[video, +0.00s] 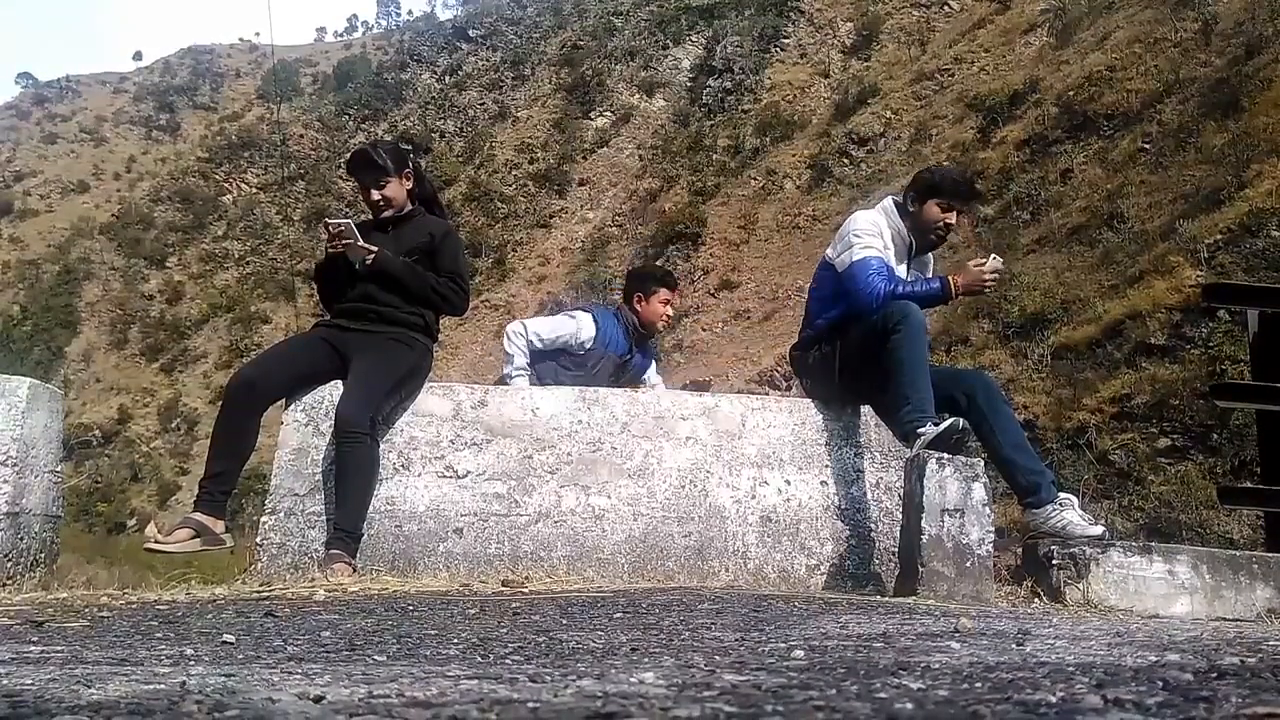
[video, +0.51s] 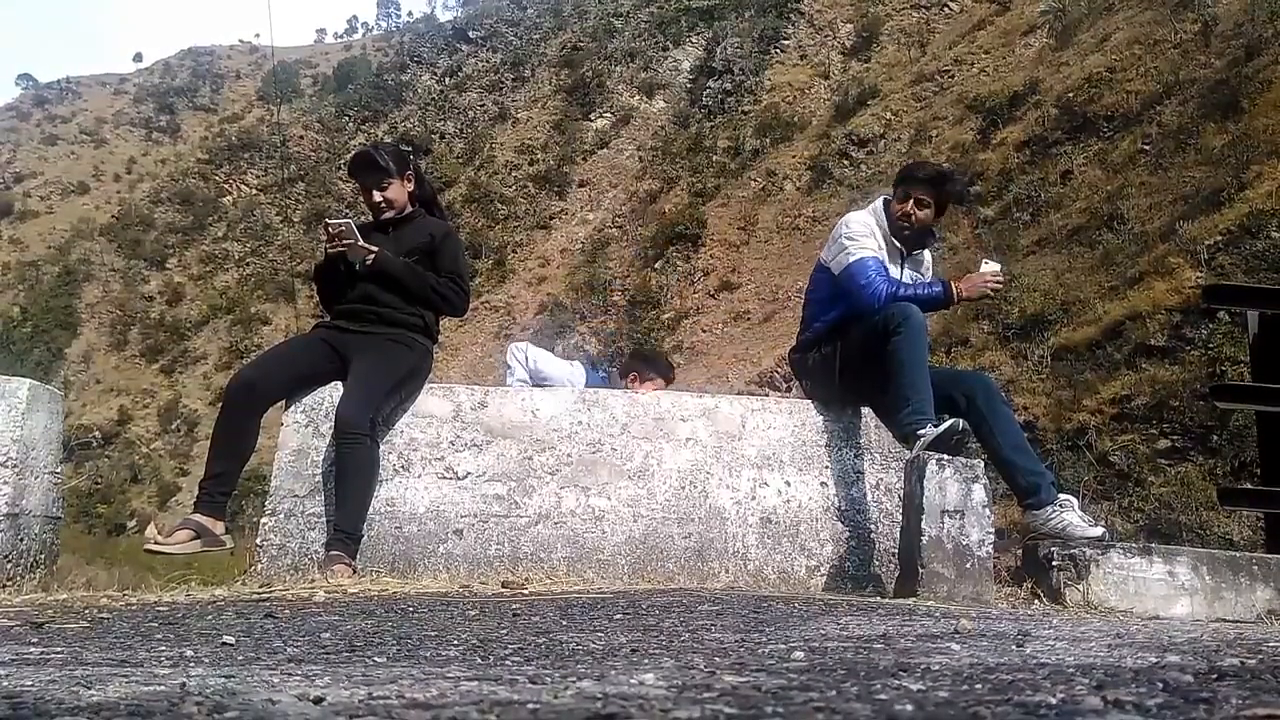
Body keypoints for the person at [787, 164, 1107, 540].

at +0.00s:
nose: (951, 222)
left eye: (959, 214)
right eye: (944, 208)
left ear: (960, 220)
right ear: (914, 200)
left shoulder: (921, 255)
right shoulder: (865, 227)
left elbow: (909, 313)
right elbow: (873, 291)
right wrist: (951, 284)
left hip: (878, 372)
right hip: (827, 366)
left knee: (976, 387)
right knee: (903, 315)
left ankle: (1043, 504)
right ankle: (917, 427)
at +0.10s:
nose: (944, 218)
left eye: (952, 212)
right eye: (936, 204)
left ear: (954, 219)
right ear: (908, 198)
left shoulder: (920, 255)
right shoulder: (863, 227)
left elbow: (909, 312)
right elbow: (872, 291)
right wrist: (951, 286)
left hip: (877, 372)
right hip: (826, 367)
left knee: (976, 388)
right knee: (903, 314)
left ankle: (1043, 505)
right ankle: (916, 426)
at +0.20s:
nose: (936, 214)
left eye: (946, 209)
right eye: (928, 201)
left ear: (950, 217)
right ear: (903, 197)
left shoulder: (919, 256)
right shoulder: (861, 227)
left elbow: (910, 313)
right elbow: (872, 291)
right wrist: (951, 287)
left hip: (879, 373)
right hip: (826, 367)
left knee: (976, 387)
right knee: (903, 315)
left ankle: (1043, 504)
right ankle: (917, 427)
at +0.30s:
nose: (927, 211)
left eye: (938, 206)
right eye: (920, 199)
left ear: (943, 216)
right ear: (897, 198)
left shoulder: (920, 256)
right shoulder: (859, 228)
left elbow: (911, 312)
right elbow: (873, 291)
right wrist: (950, 289)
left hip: (879, 372)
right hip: (826, 366)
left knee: (976, 387)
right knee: (903, 316)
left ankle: (1043, 504)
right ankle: (918, 428)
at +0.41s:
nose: (915, 209)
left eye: (928, 205)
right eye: (908, 197)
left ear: (939, 217)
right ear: (892, 196)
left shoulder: (921, 257)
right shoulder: (857, 228)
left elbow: (912, 313)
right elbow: (874, 293)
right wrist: (951, 290)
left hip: (881, 373)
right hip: (826, 367)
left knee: (976, 387)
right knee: (904, 316)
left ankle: (1043, 504)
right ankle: (918, 428)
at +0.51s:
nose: (907, 209)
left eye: (921, 205)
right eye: (901, 198)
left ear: (936, 217)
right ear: (891, 197)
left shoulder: (921, 254)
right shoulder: (855, 229)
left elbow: (914, 308)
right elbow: (875, 292)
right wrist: (951, 290)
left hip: (880, 373)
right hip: (825, 368)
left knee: (977, 388)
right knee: (904, 317)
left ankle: (1043, 505)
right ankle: (918, 429)